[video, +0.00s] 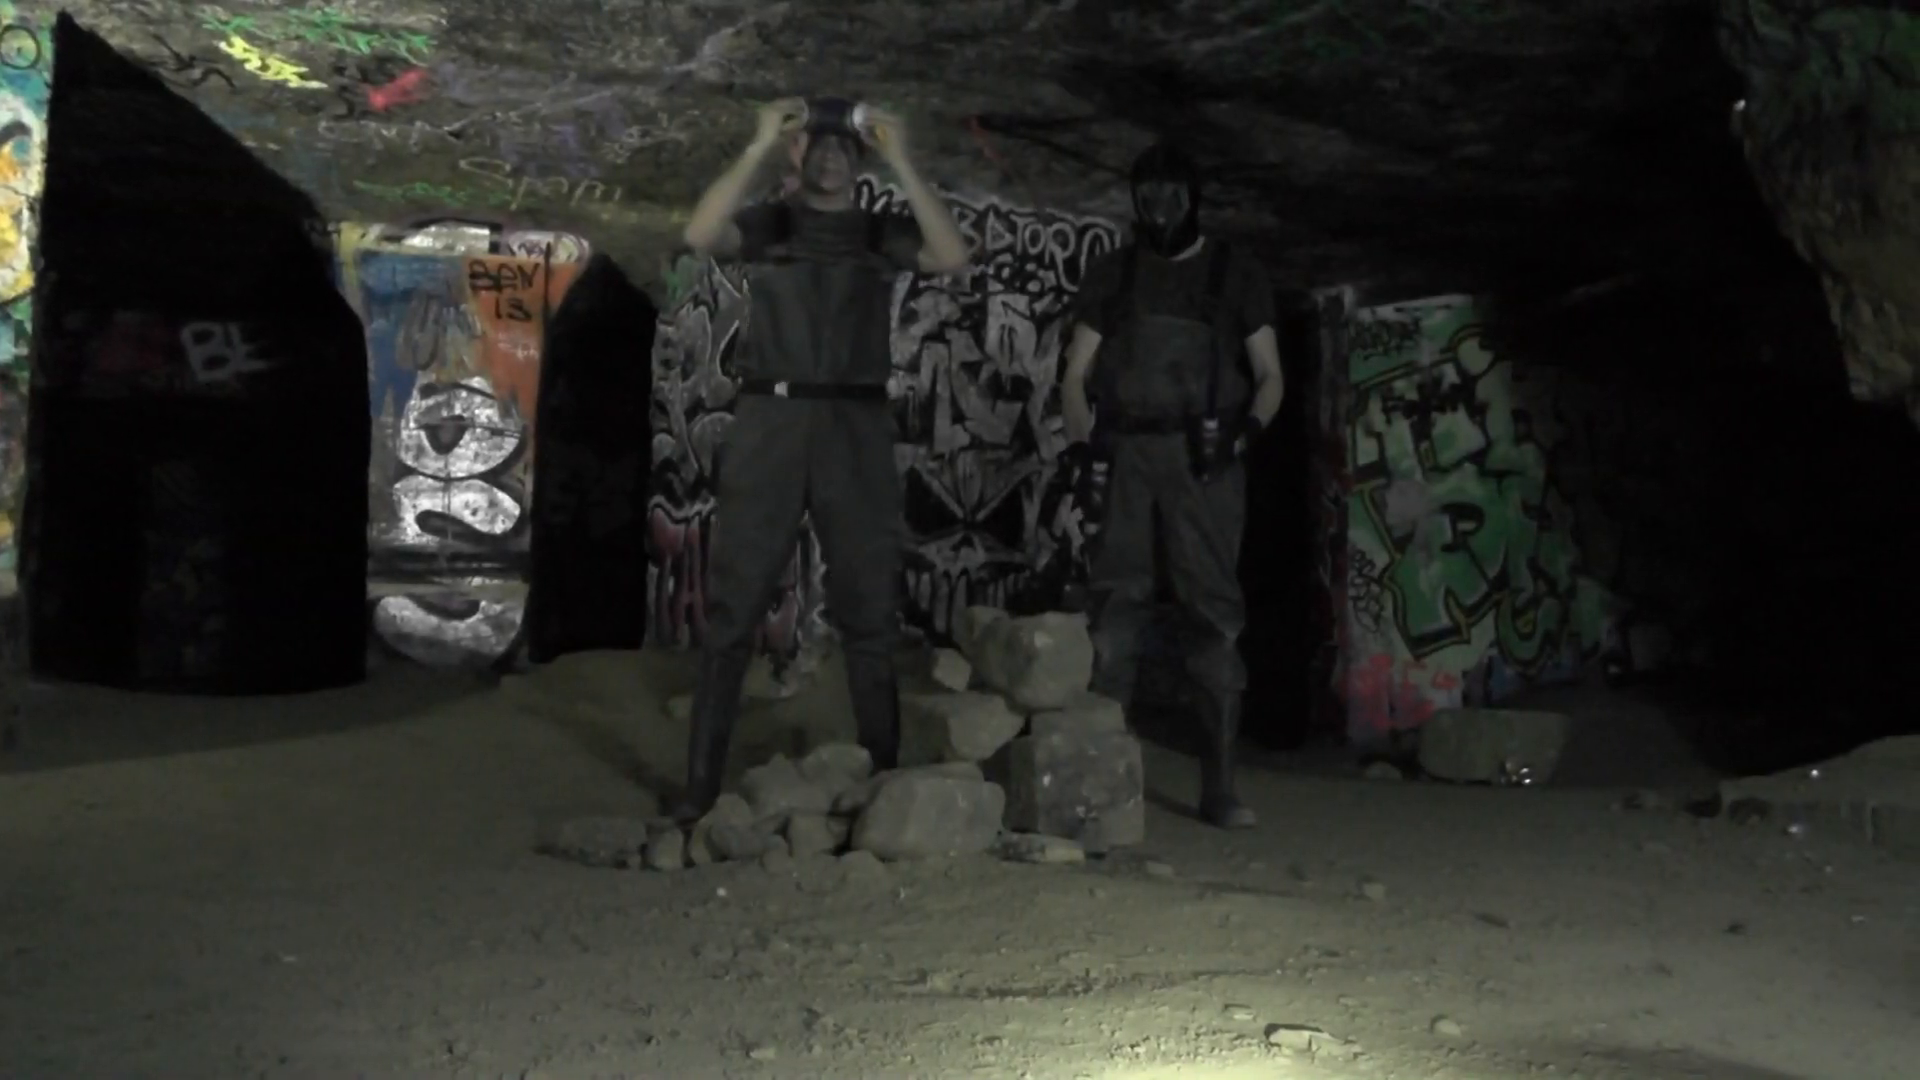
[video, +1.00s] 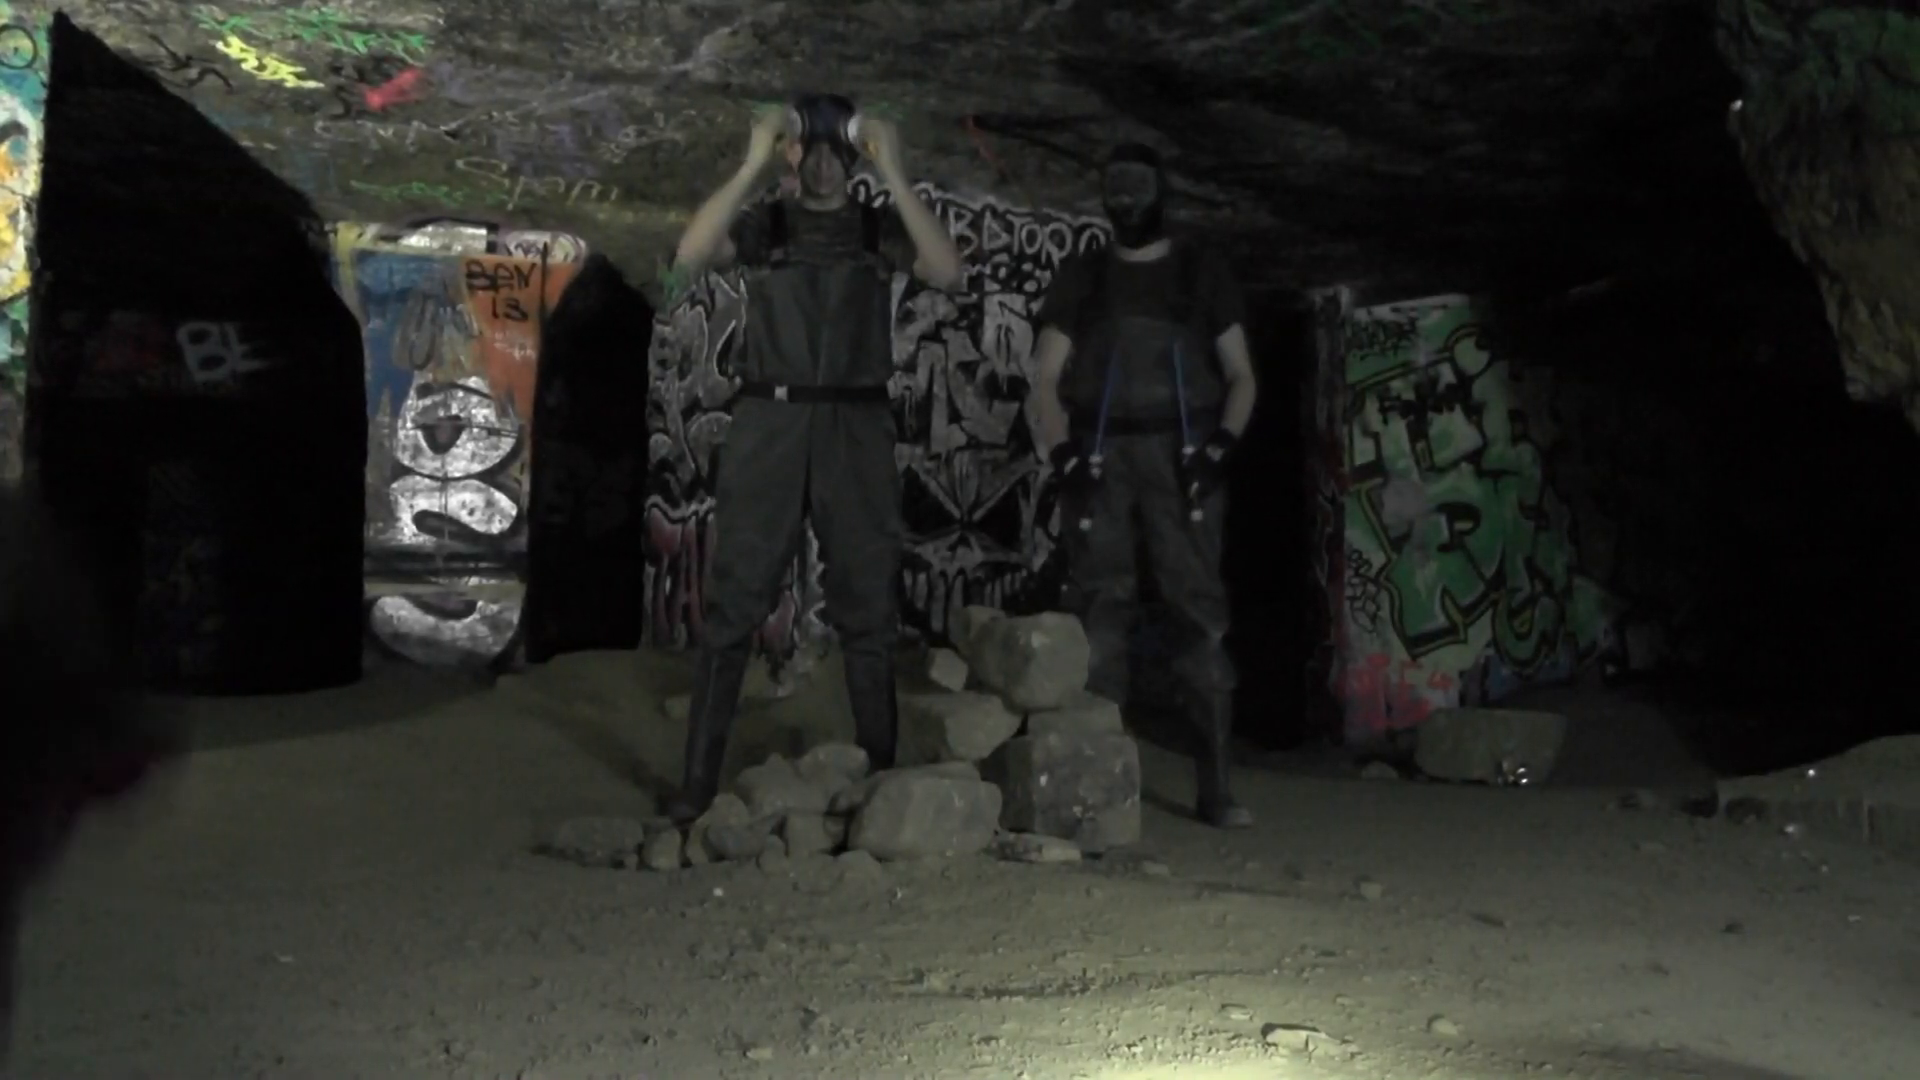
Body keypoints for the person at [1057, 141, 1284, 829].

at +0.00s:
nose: (1158, 210)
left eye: (1170, 196)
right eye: (1147, 197)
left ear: (1193, 198)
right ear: (1133, 200)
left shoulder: (1231, 273)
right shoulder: (1116, 273)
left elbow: (1270, 377)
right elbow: (1074, 374)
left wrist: (1241, 435)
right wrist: (1088, 436)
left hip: (1204, 467)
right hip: (1127, 465)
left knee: (1213, 620)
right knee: (1116, 616)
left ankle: (1220, 787)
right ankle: (1101, 781)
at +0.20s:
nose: (1155, 204)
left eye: (1167, 190)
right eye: (1144, 190)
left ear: (1190, 193)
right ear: (1131, 195)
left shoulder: (1230, 272)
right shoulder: (1116, 273)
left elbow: (1271, 377)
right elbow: (1072, 373)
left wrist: (1242, 436)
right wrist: (1078, 440)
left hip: (1202, 467)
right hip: (1123, 466)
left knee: (1211, 618)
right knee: (1114, 615)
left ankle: (1217, 786)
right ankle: (1099, 779)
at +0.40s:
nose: (1153, 201)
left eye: (1165, 187)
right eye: (1142, 187)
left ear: (1188, 193)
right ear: (1128, 194)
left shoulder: (1227, 272)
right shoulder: (1114, 273)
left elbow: (1270, 377)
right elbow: (1069, 372)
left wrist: (1243, 441)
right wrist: (1077, 445)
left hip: (1201, 468)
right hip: (1121, 469)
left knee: (1209, 619)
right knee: (1113, 615)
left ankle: (1216, 786)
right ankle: (1098, 780)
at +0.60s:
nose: (1149, 202)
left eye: (1161, 188)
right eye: (1138, 188)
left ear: (1183, 195)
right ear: (1124, 196)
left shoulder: (1223, 273)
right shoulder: (1109, 274)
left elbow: (1264, 375)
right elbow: (1064, 370)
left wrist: (1235, 440)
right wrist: (1076, 446)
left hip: (1197, 469)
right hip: (1116, 471)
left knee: (1209, 620)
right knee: (1110, 618)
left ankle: (1216, 786)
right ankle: (1098, 781)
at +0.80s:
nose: (1140, 201)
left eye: (1152, 187)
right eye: (1129, 188)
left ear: (1174, 193)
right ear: (1114, 196)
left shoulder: (1213, 269)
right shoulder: (1097, 273)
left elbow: (1254, 375)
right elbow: (1056, 374)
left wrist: (1229, 441)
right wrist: (1069, 448)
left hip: (1191, 467)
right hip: (1110, 470)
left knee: (1204, 619)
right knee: (1106, 617)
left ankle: (1216, 788)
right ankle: (1096, 783)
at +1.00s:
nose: (1126, 200)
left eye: (1137, 187)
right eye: (1116, 187)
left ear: (1161, 195)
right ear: (1101, 196)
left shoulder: (1199, 271)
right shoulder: (1083, 273)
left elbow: (1242, 376)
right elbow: (1044, 381)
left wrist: (1219, 446)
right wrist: (1064, 464)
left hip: (1182, 468)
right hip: (1099, 470)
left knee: (1198, 619)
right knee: (1100, 620)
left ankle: (1215, 785)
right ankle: (1096, 783)